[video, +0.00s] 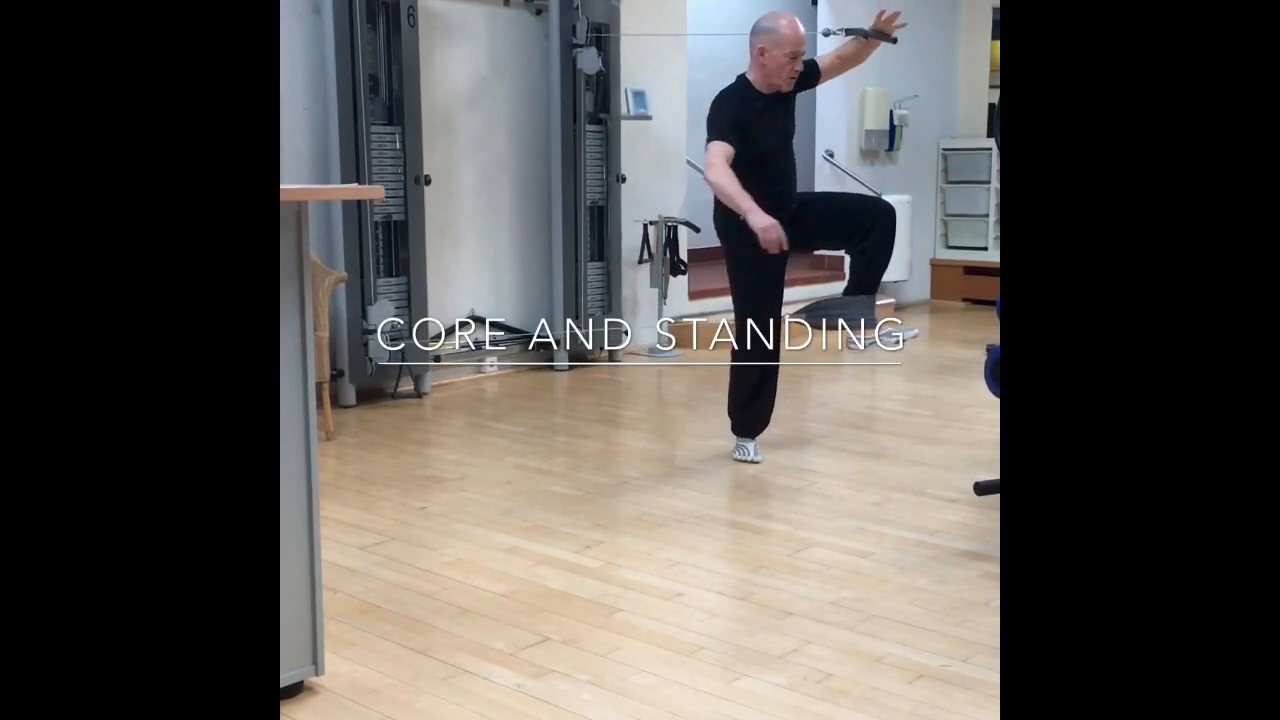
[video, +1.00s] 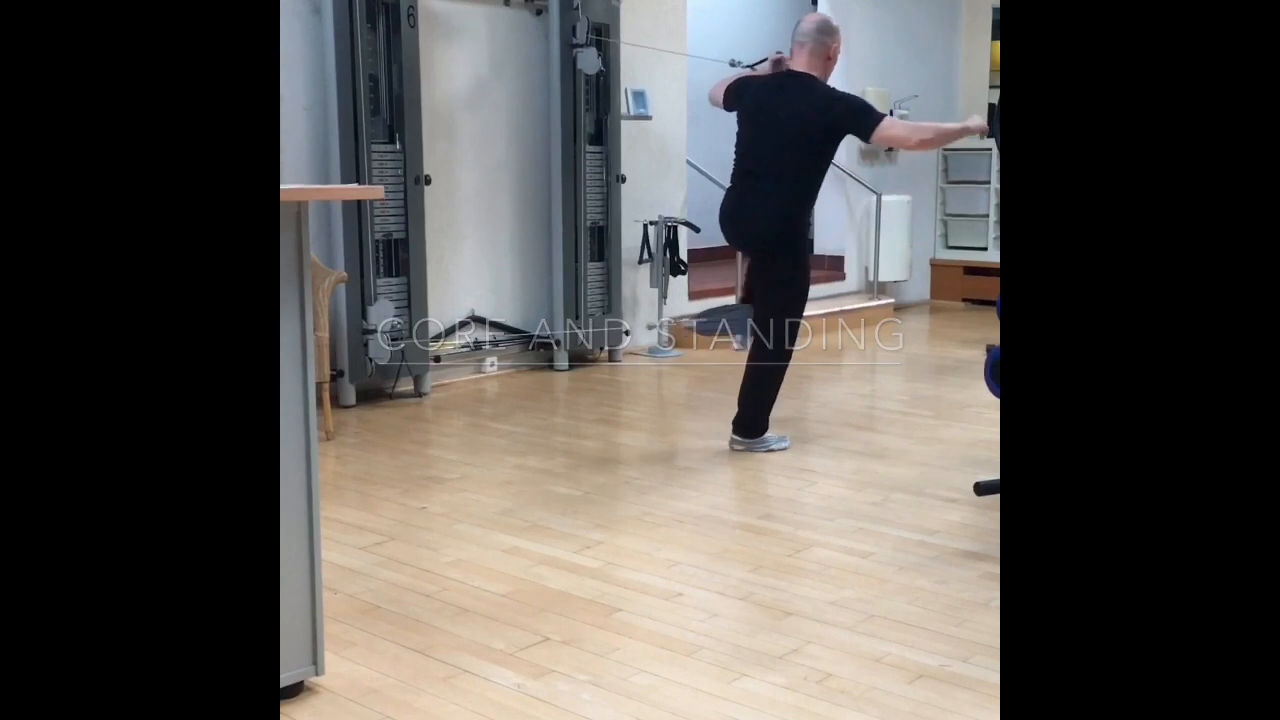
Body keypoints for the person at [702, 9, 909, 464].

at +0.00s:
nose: (802, 65)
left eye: (803, 56)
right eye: (794, 57)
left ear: (771, 55)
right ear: (761, 54)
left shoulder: (788, 82)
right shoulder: (731, 104)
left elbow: (839, 61)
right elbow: (715, 170)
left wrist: (875, 36)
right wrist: (755, 215)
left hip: (791, 213)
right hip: (748, 227)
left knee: (877, 216)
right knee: (758, 328)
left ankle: (856, 314)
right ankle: (745, 433)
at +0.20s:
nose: (810, 63)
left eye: (810, 56)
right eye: (804, 56)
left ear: (779, 53)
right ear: (774, 53)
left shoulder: (774, 84)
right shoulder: (746, 104)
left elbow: (814, 62)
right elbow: (755, 169)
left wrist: (852, 40)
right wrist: (805, 214)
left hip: (787, 211)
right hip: (751, 225)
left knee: (876, 217)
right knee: (762, 329)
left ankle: (845, 306)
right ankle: (746, 434)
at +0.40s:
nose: (816, 65)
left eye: (818, 57)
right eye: (813, 56)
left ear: (785, 50)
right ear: (788, 50)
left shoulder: (757, 81)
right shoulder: (760, 98)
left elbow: (796, 54)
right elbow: (802, 160)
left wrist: (825, 38)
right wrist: (866, 197)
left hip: (786, 214)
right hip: (757, 227)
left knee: (867, 221)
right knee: (766, 330)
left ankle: (829, 310)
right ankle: (747, 435)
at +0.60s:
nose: (819, 61)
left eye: (821, 51)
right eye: (818, 52)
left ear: (781, 48)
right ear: (798, 49)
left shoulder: (745, 79)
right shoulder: (780, 100)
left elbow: (773, 59)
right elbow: (836, 149)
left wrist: (813, 36)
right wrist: (911, 175)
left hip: (776, 212)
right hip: (764, 228)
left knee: (856, 224)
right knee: (771, 332)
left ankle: (813, 311)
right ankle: (747, 435)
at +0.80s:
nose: (828, 61)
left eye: (828, 53)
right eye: (827, 52)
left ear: (787, 47)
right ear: (815, 49)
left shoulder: (746, 83)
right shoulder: (808, 102)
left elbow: (737, 76)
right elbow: (873, 145)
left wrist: (780, 54)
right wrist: (950, 160)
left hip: (740, 211)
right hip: (770, 222)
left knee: (827, 227)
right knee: (774, 326)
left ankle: (772, 314)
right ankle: (746, 431)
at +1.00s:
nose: (835, 59)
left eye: (832, 53)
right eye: (837, 53)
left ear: (791, 49)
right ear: (833, 54)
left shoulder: (754, 87)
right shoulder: (837, 105)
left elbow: (716, 94)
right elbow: (912, 137)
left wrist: (761, 70)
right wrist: (969, 127)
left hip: (734, 219)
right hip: (782, 231)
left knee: (761, 246)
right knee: (776, 331)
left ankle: (746, 313)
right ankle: (748, 431)